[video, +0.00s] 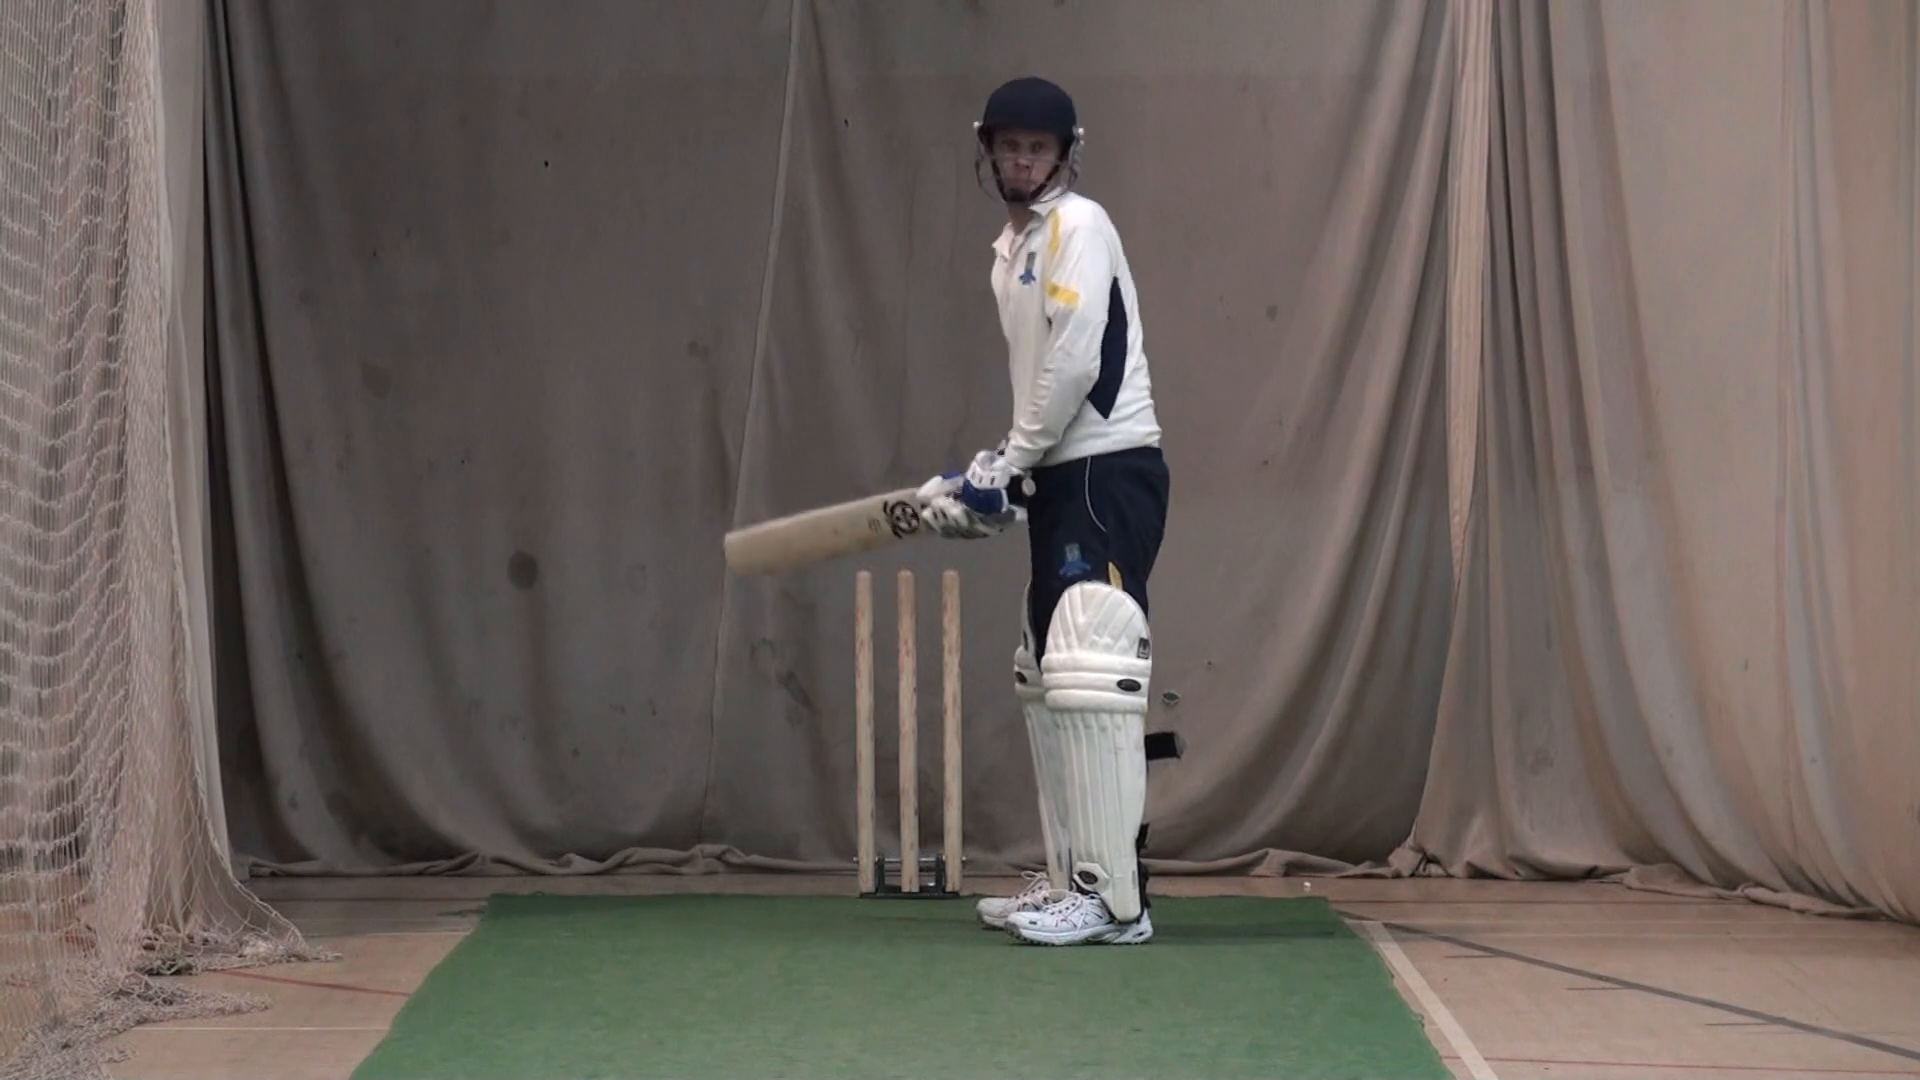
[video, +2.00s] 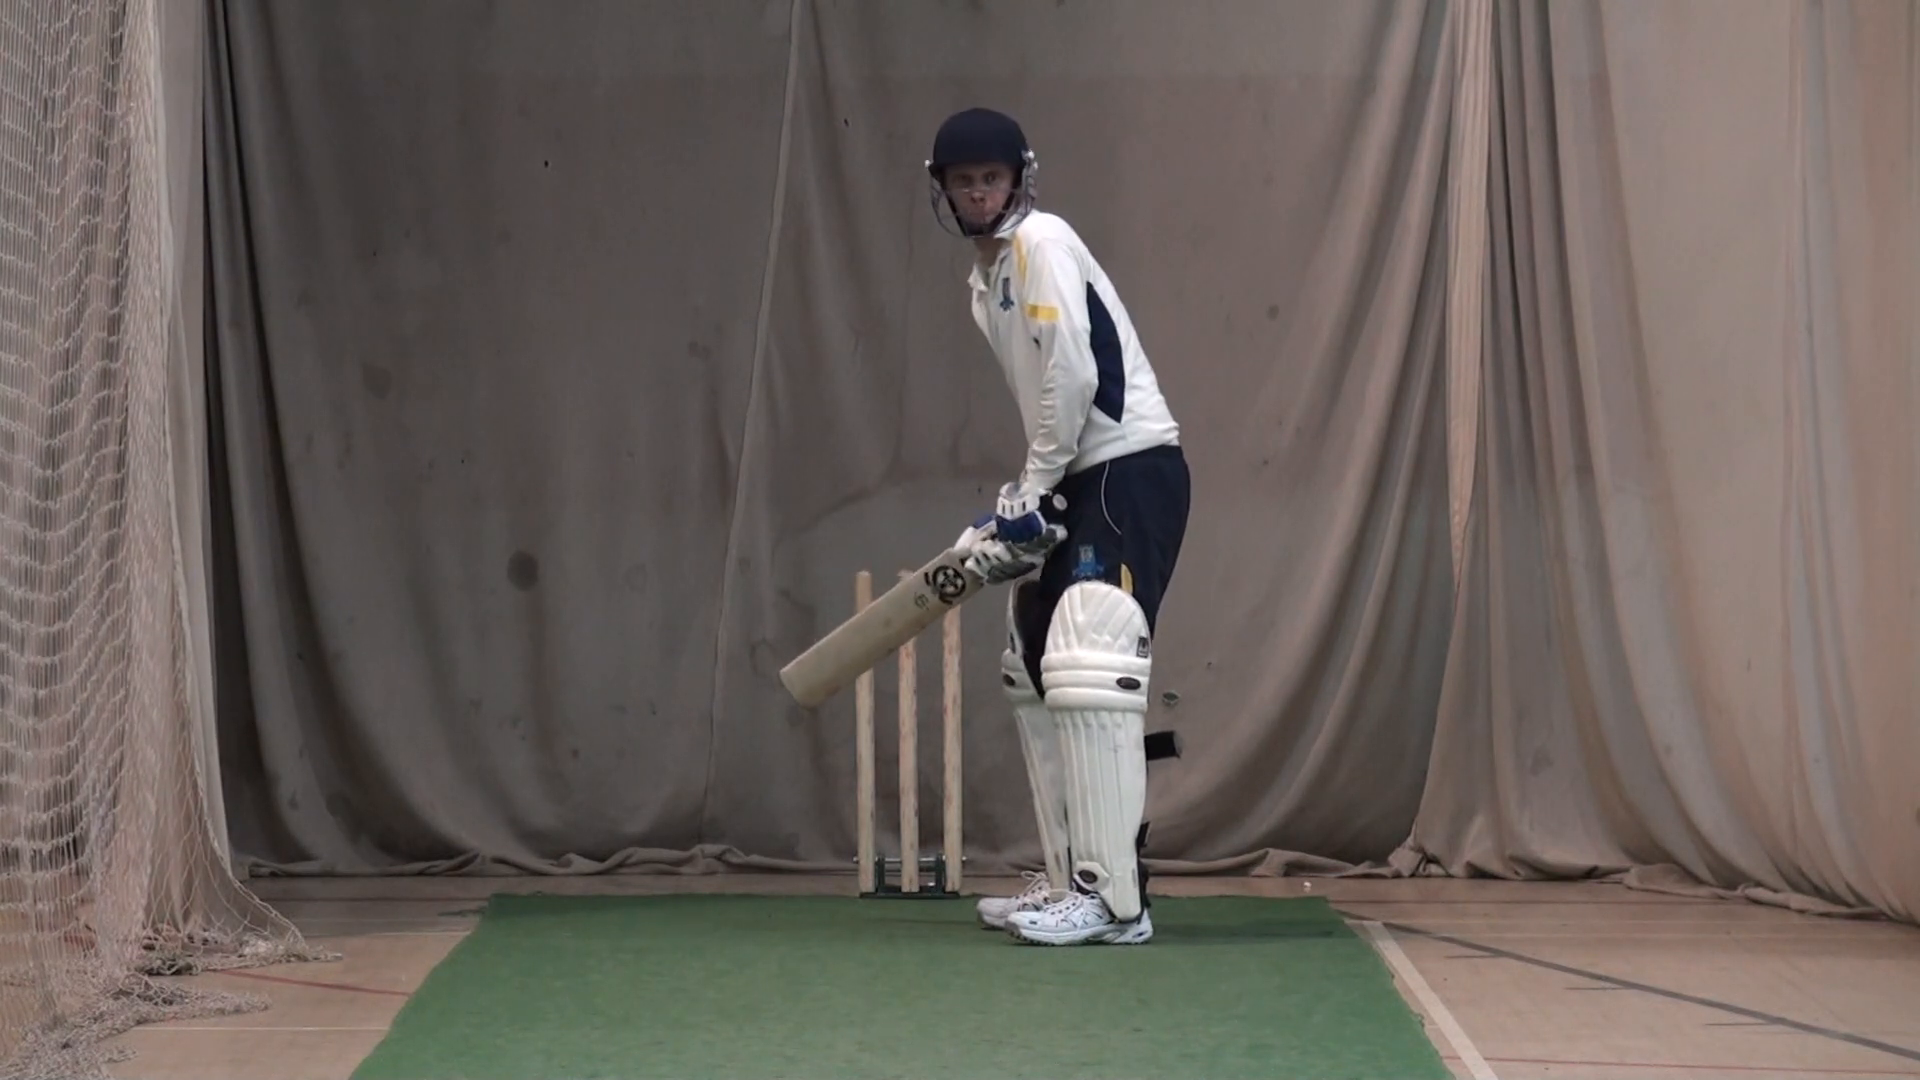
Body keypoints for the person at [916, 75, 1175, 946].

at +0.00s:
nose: (1021, 161)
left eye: (1038, 147)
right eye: (1007, 146)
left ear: (1065, 153)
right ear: (988, 153)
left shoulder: (1077, 225)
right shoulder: (1010, 250)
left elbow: (1075, 366)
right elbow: (1035, 385)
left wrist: (1003, 467)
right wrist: (984, 480)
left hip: (1105, 473)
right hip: (1058, 478)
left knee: (1093, 677)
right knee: (1050, 676)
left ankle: (1113, 897)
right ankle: (1073, 879)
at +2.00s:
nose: (977, 196)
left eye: (992, 180)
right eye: (961, 183)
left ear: (1020, 180)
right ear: (942, 191)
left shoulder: (1039, 244)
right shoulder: (989, 278)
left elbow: (1071, 376)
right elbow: (1041, 405)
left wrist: (1033, 493)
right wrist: (1014, 516)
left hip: (1129, 470)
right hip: (1077, 481)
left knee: (1089, 671)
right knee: (1033, 673)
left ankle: (1113, 897)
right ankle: (1074, 881)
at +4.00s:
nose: (923, 299)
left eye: (936, 280)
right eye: (905, 286)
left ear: (958, 275)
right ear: (883, 292)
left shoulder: (992, 339)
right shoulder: (911, 359)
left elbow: (993, 471)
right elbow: (952, 435)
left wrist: (928, 514)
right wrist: (921, 454)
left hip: (1104, 520)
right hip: (1034, 542)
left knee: (1059, 670)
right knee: (985, 722)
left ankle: (1015, 872)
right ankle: (1089, 891)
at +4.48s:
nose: (902, 356)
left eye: (909, 338)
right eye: (882, 349)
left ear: (924, 320)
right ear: (852, 349)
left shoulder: (957, 320)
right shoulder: (861, 439)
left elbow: (1006, 345)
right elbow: (934, 508)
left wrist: (1009, 414)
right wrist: (1008, 524)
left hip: (1047, 511)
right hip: (962, 552)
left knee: (1045, 670)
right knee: (965, 723)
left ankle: (1000, 899)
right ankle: (975, 882)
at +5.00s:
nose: (881, 394)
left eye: (895, 375)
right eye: (863, 382)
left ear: (917, 361)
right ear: (833, 377)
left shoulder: (962, 358)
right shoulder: (828, 456)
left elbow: (1094, 366)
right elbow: (924, 555)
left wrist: (1129, 462)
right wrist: (1034, 532)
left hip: (994, 564)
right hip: (905, 588)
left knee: (990, 716)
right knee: (887, 756)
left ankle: (942, 906)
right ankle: (901, 865)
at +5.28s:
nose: (906, 328)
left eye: (916, 309)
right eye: (886, 315)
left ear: (934, 294)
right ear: (852, 310)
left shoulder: (980, 325)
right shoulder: (828, 389)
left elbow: (1094, 381)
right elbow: (867, 528)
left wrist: (1118, 506)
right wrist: (980, 564)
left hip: (992, 523)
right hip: (893, 533)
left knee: (972, 713)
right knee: (854, 726)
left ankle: (946, 905)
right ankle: (880, 849)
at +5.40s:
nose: (901, 282)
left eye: (914, 262)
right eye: (881, 266)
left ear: (937, 256)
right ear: (852, 264)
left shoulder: (989, 307)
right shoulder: (824, 355)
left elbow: (1099, 374)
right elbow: (797, 489)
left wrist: (1147, 495)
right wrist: (900, 540)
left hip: (990, 518)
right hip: (884, 521)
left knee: (988, 711)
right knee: (842, 698)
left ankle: (943, 906)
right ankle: (837, 885)